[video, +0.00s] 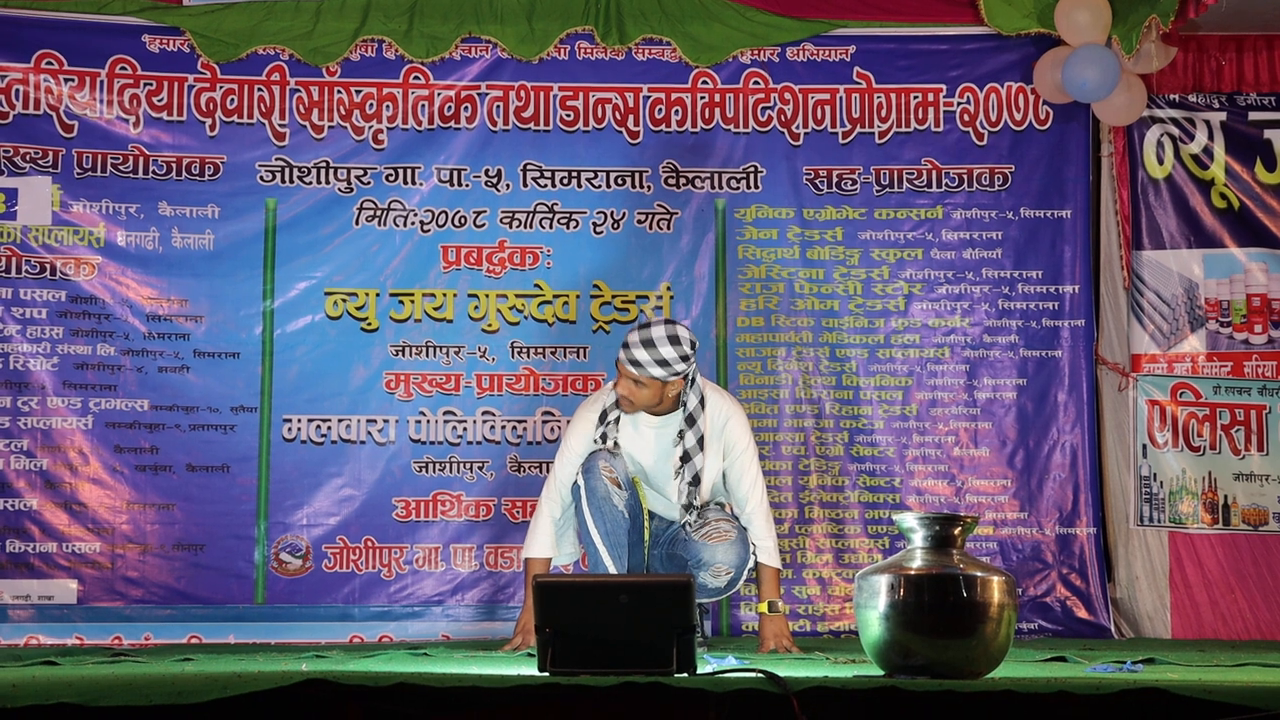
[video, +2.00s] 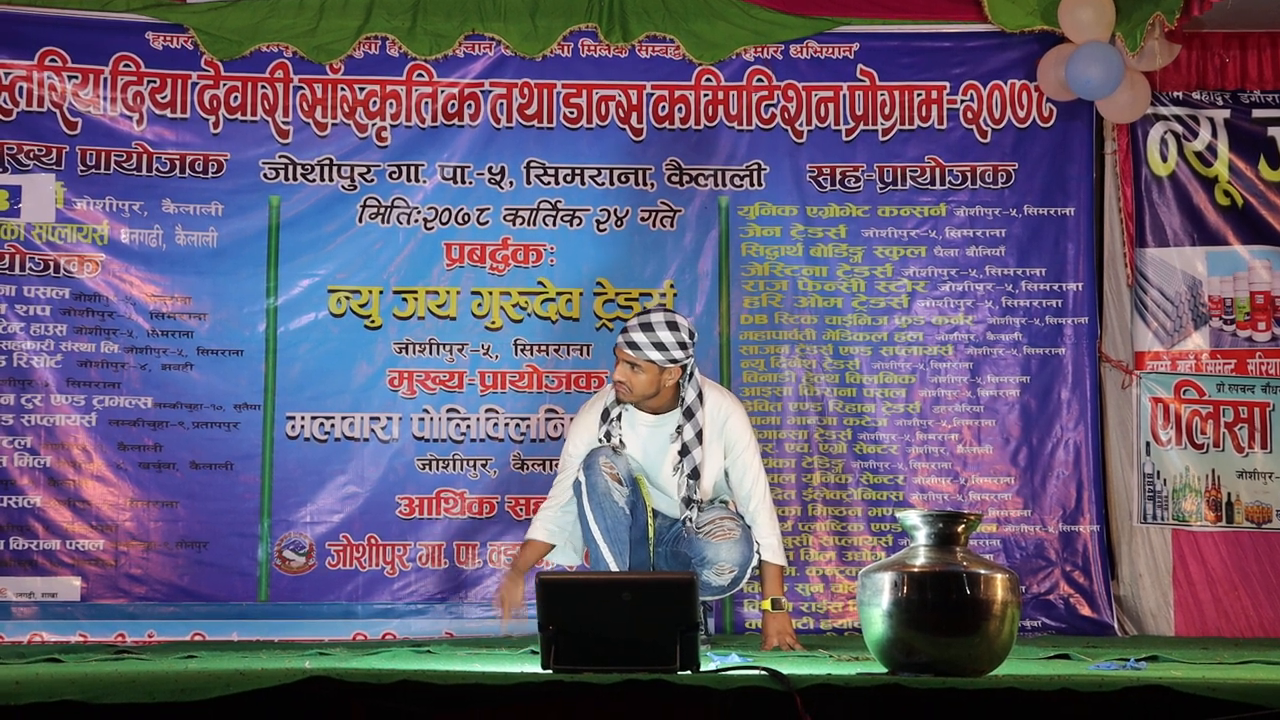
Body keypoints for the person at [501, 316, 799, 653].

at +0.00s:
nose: (619, 388)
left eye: (635, 383)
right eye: (619, 374)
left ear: (673, 386)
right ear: (617, 364)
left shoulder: (724, 415)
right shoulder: (596, 413)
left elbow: (756, 509)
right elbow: (551, 503)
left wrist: (772, 609)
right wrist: (531, 604)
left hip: (685, 542)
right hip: (624, 535)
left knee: (726, 546)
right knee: (599, 465)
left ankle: (683, 615)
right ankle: (616, 611)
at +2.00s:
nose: (617, 376)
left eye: (632, 367)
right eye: (617, 362)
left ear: (672, 374)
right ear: (615, 357)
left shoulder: (723, 413)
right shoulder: (596, 415)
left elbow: (759, 505)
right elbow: (562, 502)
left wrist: (775, 605)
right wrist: (517, 570)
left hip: (692, 538)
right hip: (628, 533)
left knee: (730, 550)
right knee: (601, 461)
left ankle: (685, 614)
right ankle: (620, 606)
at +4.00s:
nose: (622, 375)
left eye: (638, 368)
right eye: (622, 361)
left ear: (677, 374)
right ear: (620, 355)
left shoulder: (725, 414)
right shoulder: (597, 411)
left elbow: (760, 507)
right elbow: (558, 503)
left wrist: (777, 609)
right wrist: (543, 608)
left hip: (691, 540)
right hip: (629, 532)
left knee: (733, 546)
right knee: (601, 463)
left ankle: (687, 611)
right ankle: (620, 608)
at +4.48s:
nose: (622, 375)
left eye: (638, 368)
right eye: (622, 360)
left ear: (677, 374)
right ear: (620, 355)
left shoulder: (725, 414)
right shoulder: (598, 411)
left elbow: (760, 507)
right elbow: (558, 502)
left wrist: (777, 609)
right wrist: (542, 607)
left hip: (691, 540)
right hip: (629, 532)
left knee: (733, 548)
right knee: (602, 463)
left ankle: (687, 611)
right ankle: (621, 607)